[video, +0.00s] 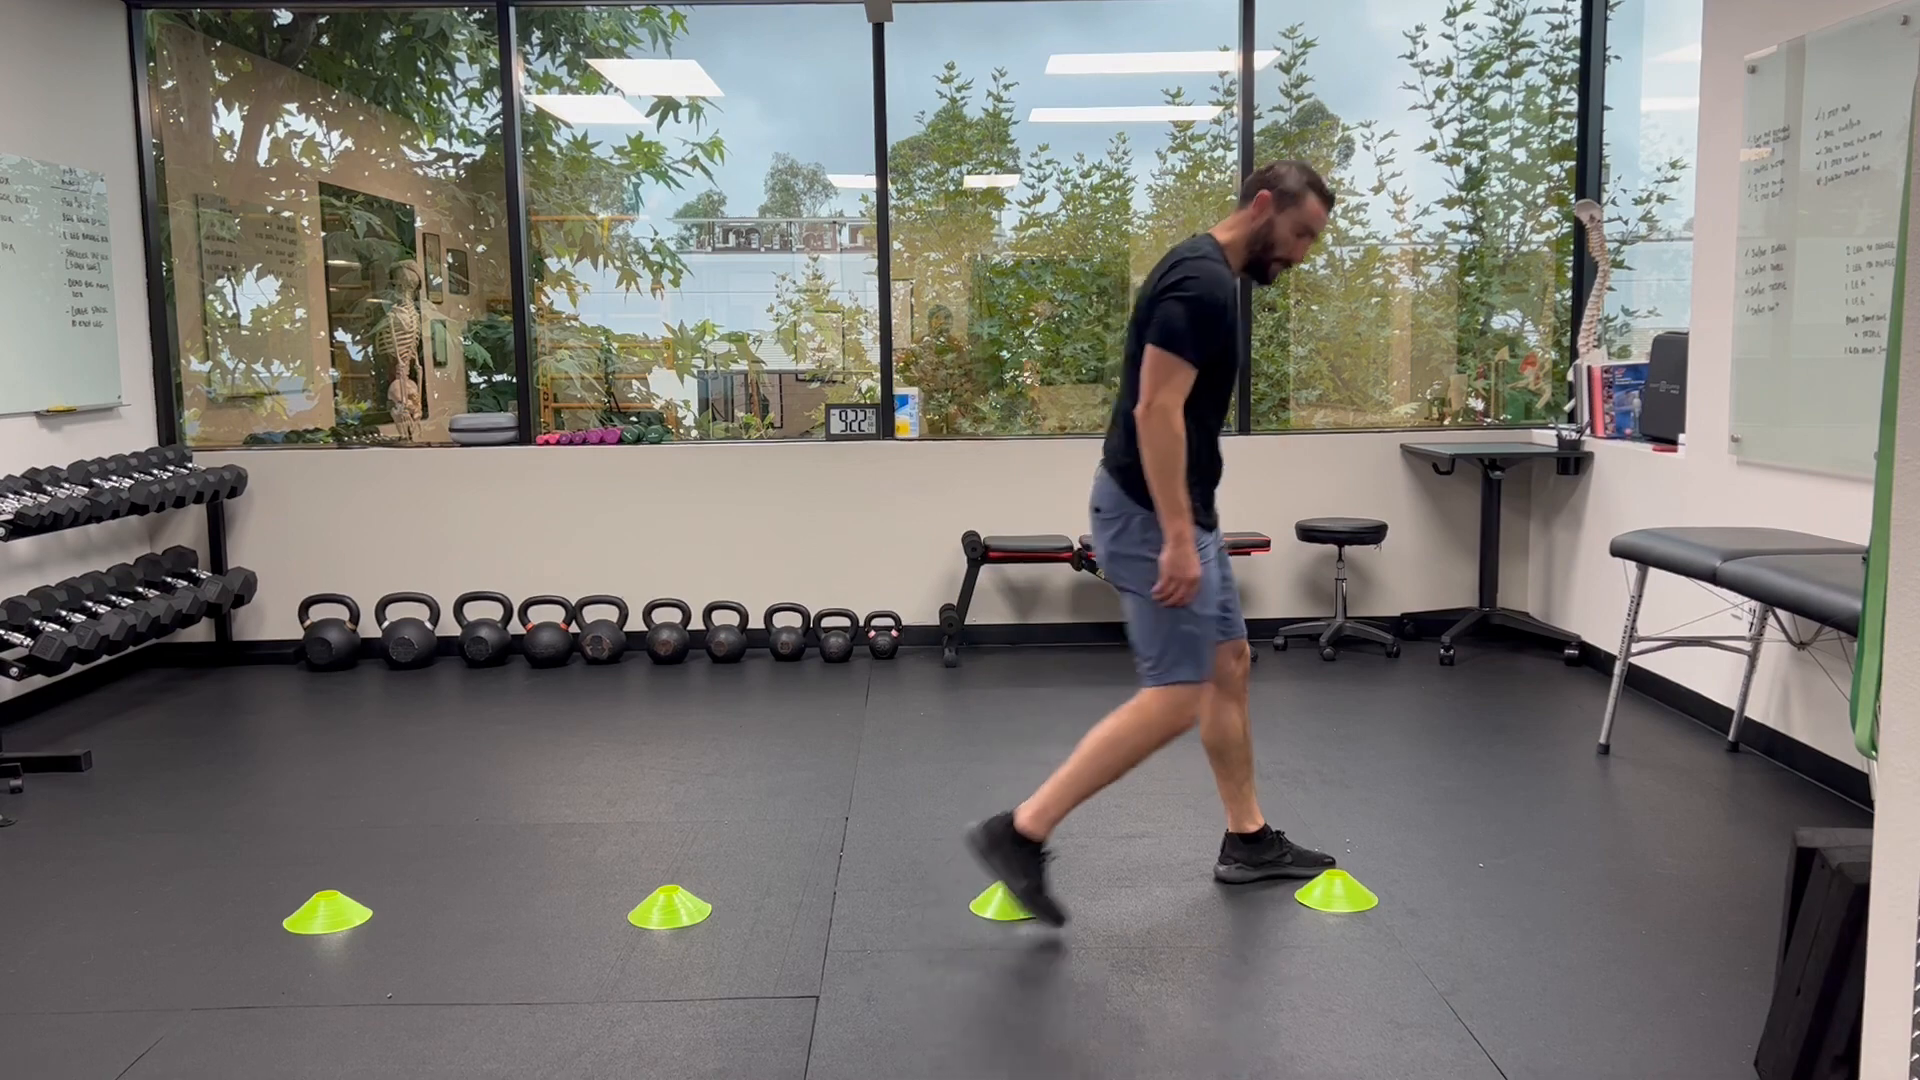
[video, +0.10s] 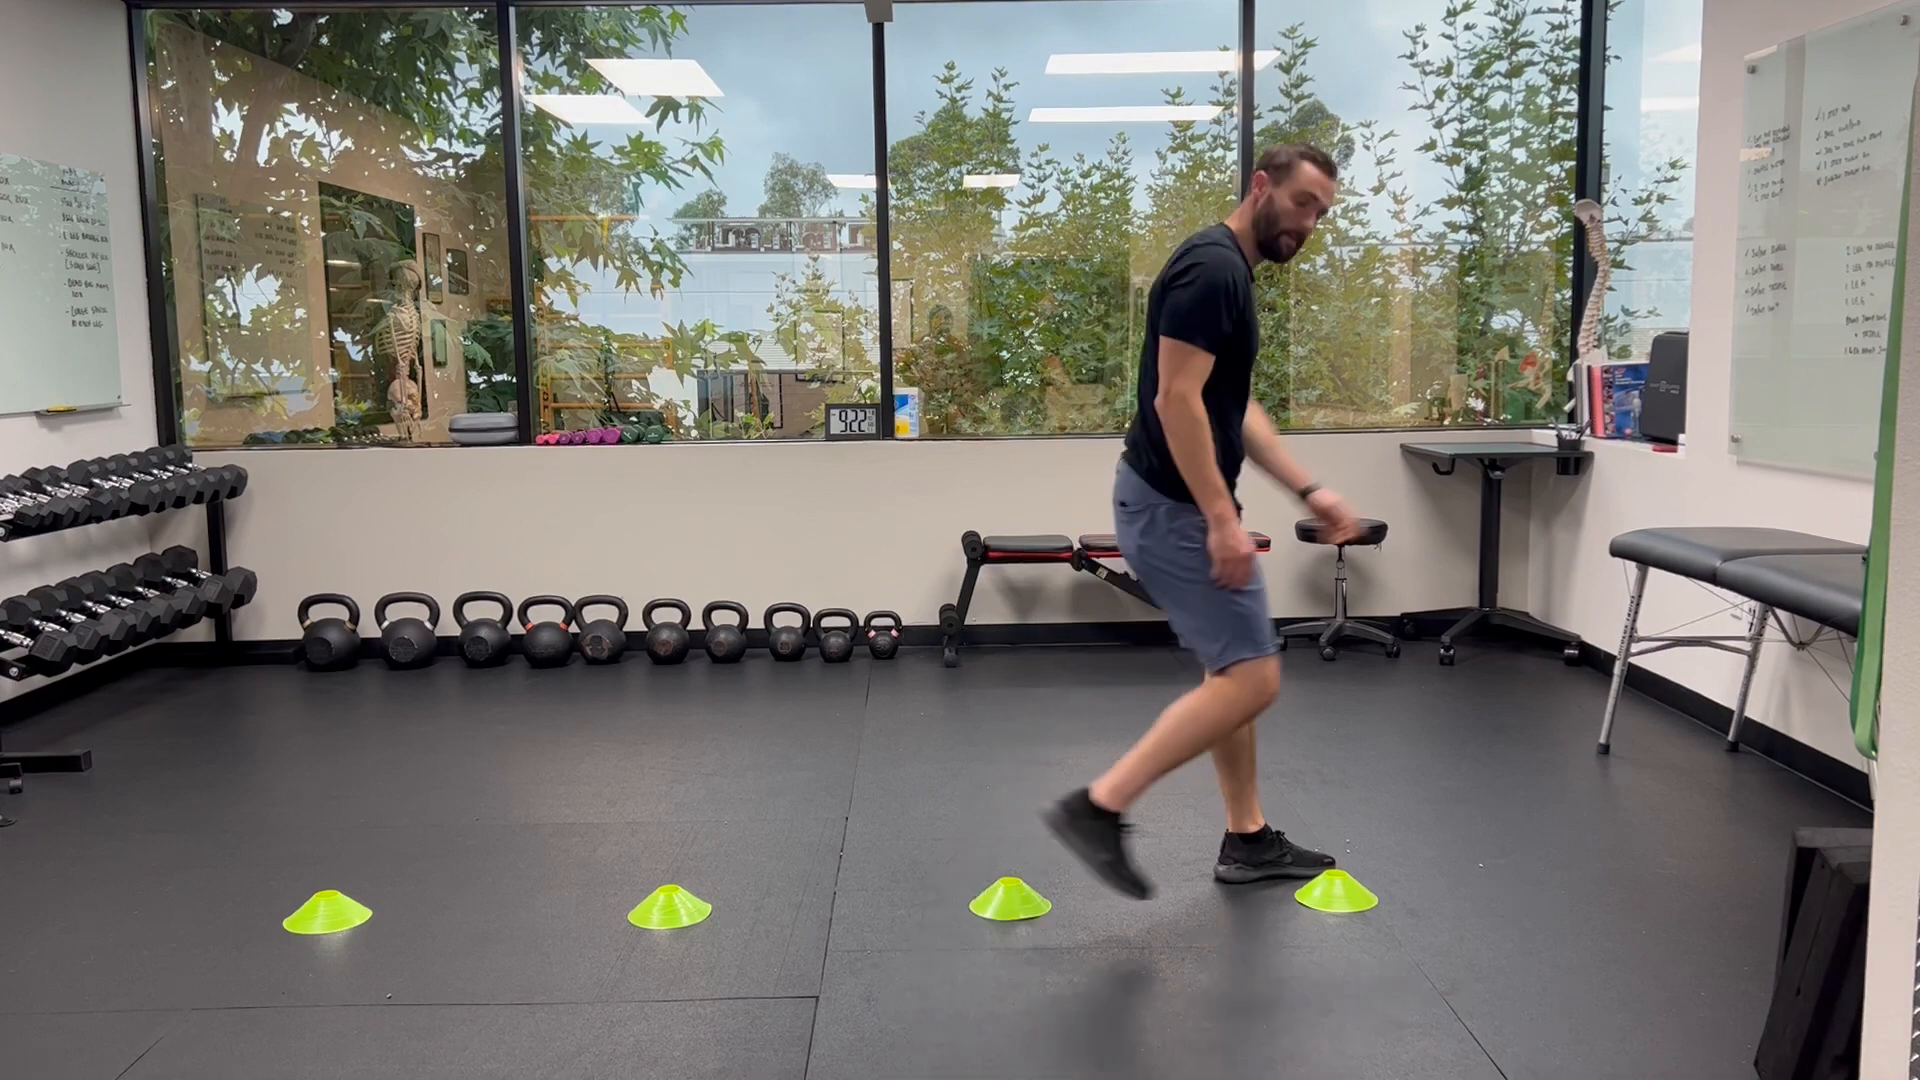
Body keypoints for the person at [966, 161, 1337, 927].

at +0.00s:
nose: (1303, 254)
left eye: (1313, 240)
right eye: (1304, 233)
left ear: (1263, 207)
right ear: (1264, 205)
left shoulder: (1217, 277)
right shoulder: (1200, 279)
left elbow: (1180, 412)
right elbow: (1158, 407)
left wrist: (1198, 527)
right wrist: (1178, 534)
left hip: (1180, 510)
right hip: (1147, 513)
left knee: (1229, 662)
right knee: (1180, 693)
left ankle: (1249, 840)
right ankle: (1020, 831)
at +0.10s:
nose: (1312, 223)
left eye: (1321, 213)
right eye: (1306, 202)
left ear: (1275, 198)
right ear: (1260, 185)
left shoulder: (1233, 273)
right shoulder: (1212, 267)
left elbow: (1234, 407)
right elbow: (1176, 399)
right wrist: (1222, 517)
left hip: (1188, 501)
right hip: (1173, 506)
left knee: (1236, 673)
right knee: (1254, 676)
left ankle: (1248, 837)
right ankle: (1099, 806)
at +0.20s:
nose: (1306, 202)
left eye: (1319, 193)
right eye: (1296, 182)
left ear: (1319, 203)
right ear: (1253, 175)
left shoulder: (1252, 276)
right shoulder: (1217, 263)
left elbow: (1294, 394)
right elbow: (1188, 391)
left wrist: (1390, 452)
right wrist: (1258, 502)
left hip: (1216, 503)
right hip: (1203, 505)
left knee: (1247, 666)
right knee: (1299, 671)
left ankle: (1247, 834)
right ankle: (1198, 840)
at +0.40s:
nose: (1302, 182)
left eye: (1312, 170)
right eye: (1288, 164)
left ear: (1315, 184)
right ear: (1245, 169)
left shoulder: (1267, 262)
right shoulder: (1225, 259)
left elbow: (1322, 365)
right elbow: (1221, 392)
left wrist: (1391, 318)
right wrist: (1292, 503)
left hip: (1262, 499)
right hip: (1247, 503)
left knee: (1273, 665)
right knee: (1298, 675)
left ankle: (1249, 839)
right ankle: (1271, 877)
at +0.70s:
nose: (1297, 178)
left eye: (1308, 165)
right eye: (1281, 162)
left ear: (1315, 176)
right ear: (1243, 168)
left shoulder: (1288, 263)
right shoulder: (1228, 266)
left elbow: (1348, 369)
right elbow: (1234, 406)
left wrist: (1364, 313)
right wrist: (1284, 524)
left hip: (1298, 496)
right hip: (1280, 503)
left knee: (1281, 666)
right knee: (1311, 676)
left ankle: (1251, 838)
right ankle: (1273, 878)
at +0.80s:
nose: (1300, 180)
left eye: (1311, 166)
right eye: (1284, 164)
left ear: (1318, 177)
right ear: (1244, 169)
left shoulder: (1291, 263)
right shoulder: (1228, 267)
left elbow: (1348, 372)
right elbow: (1230, 409)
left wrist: (1359, 315)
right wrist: (1278, 526)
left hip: (1301, 498)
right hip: (1280, 503)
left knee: (1282, 667)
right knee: (1311, 676)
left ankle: (1250, 840)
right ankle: (1272, 879)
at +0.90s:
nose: (1301, 178)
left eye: (1312, 165)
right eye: (1285, 162)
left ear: (1318, 176)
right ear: (1246, 168)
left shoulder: (1290, 264)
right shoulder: (1228, 265)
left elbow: (1348, 373)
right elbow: (1227, 405)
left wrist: (1360, 314)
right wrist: (1271, 524)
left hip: (1298, 496)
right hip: (1279, 502)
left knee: (1282, 667)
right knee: (1307, 676)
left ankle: (1249, 841)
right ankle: (1274, 879)